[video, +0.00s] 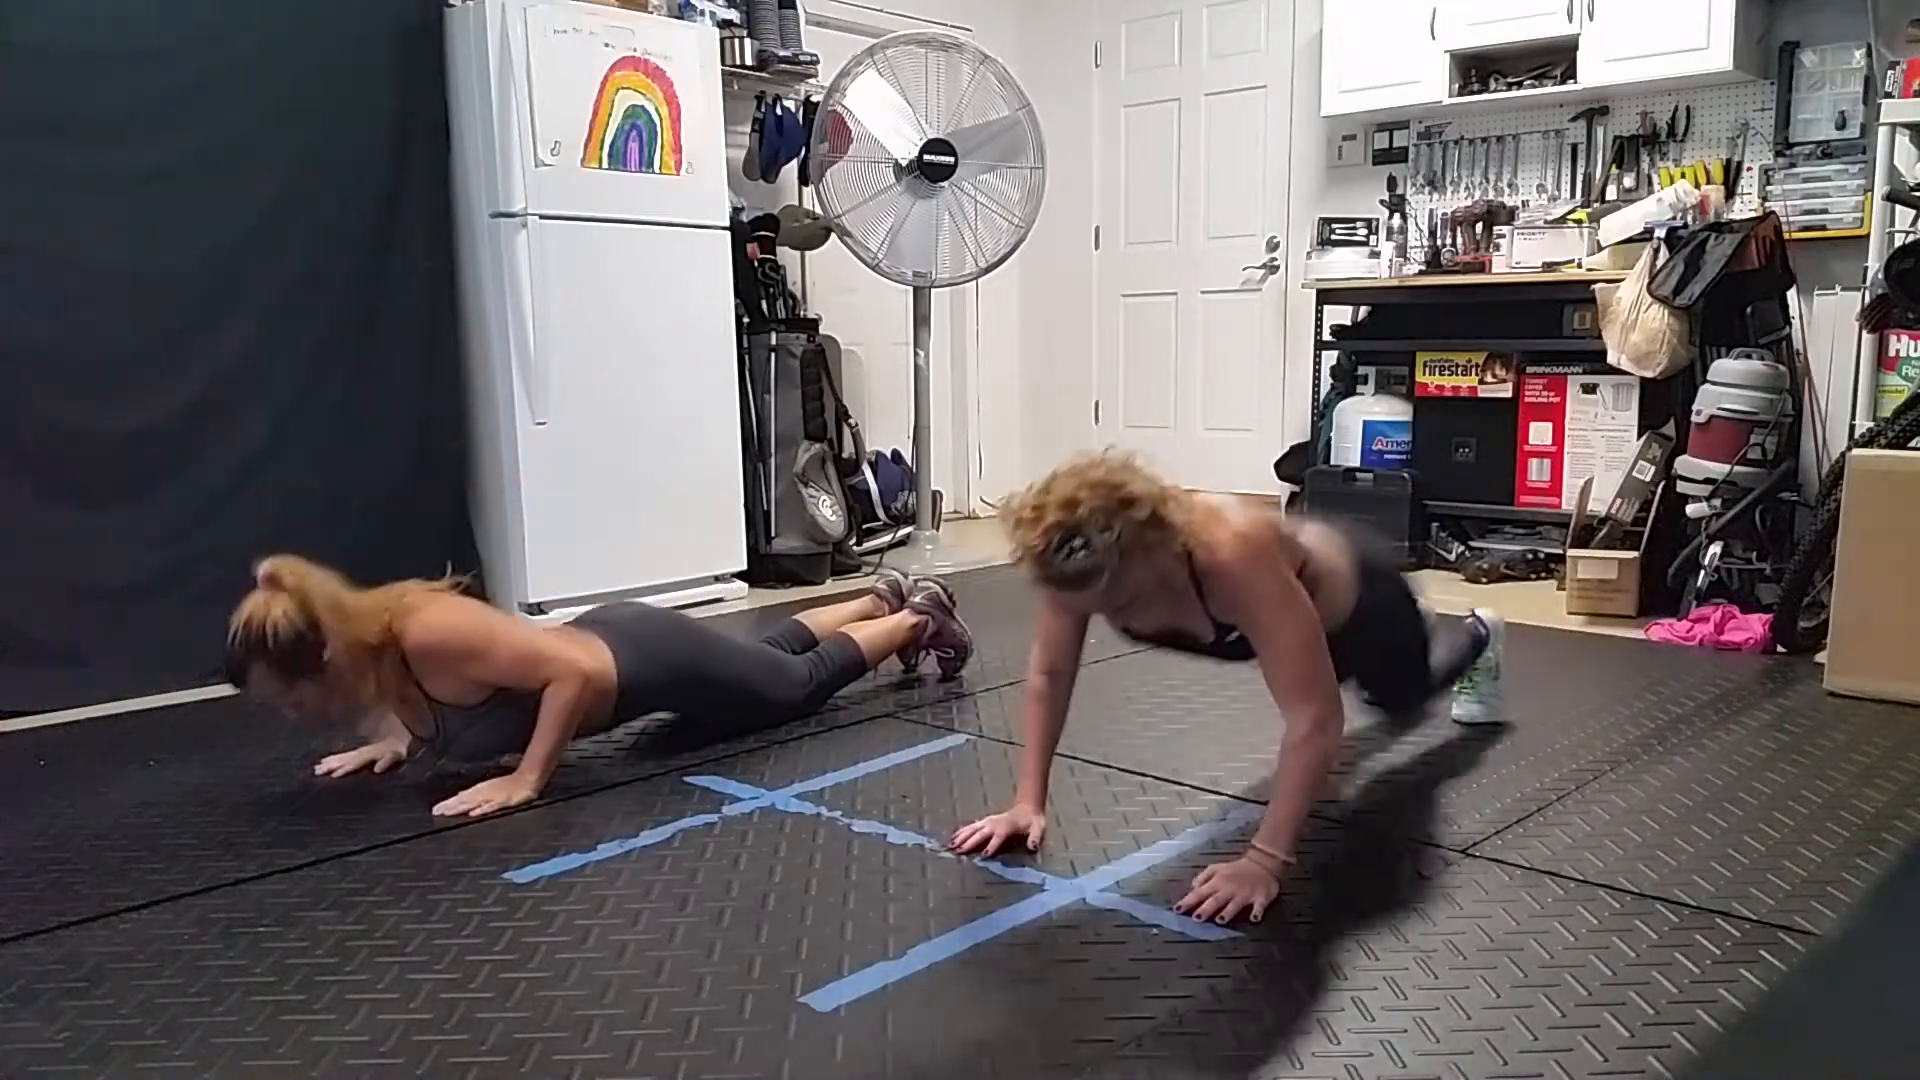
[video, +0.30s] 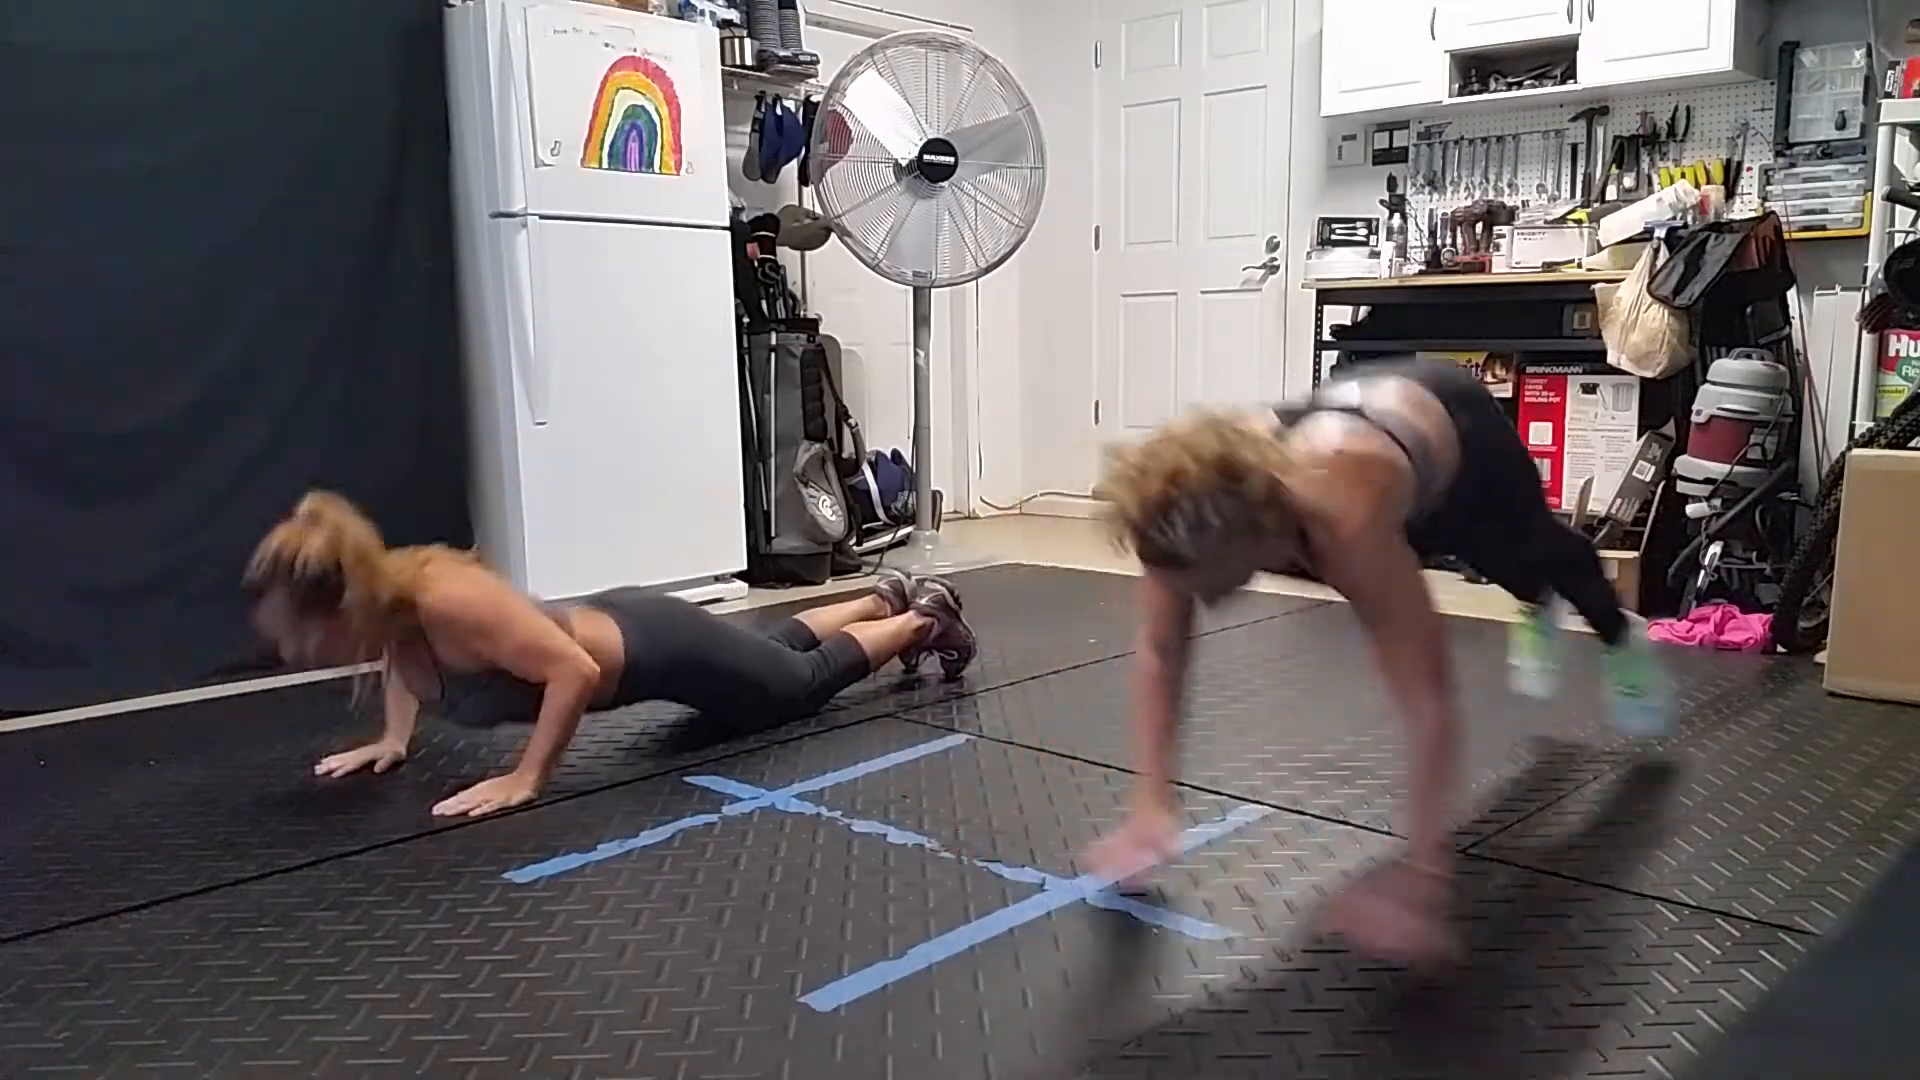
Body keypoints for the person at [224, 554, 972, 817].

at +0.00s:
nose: (296, 716)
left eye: (291, 699)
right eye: (282, 706)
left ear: (322, 662)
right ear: (318, 658)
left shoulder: (430, 638)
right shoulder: (370, 644)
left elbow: (580, 667)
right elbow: (425, 681)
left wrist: (525, 779)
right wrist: (400, 734)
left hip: (651, 660)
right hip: (607, 638)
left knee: (806, 681)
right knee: (761, 644)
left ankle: (914, 620)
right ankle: (871, 599)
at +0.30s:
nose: (289, 657)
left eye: (289, 641)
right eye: (280, 644)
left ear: (330, 609)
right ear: (327, 600)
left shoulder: (446, 602)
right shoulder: (387, 603)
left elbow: (574, 671)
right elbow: (404, 666)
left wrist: (522, 779)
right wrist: (394, 738)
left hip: (658, 646)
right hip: (617, 627)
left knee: (807, 672)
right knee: (763, 645)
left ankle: (920, 622)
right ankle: (878, 601)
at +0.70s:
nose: (409, 414)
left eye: (428, 401)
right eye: (407, 397)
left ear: (490, 412)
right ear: (426, 408)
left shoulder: (545, 506)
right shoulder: (439, 479)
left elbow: (541, 655)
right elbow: (403, 595)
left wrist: (525, 776)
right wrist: (365, 708)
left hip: (704, 602)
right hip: (666, 584)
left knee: (814, 679)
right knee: (775, 648)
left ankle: (924, 622)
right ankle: (877, 600)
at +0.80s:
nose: (436, 395)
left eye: (455, 384)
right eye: (436, 379)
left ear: (521, 406)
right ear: (458, 393)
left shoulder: (555, 506)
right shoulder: (457, 463)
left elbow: (545, 649)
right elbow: (363, 548)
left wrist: (525, 774)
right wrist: (280, 642)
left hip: (718, 602)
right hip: (682, 560)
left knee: (823, 676)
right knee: (785, 619)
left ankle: (924, 626)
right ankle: (882, 597)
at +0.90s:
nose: (450, 394)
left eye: (471, 381)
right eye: (450, 377)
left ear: (533, 399)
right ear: (458, 390)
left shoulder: (566, 504)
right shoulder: (462, 445)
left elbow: (548, 648)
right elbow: (335, 469)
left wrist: (525, 777)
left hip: (724, 592)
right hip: (683, 553)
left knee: (822, 682)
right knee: (778, 610)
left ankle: (924, 626)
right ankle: (880, 602)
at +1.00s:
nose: (452, 392)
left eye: (473, 380)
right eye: (453, 376)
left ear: (536, 403)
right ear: (464, 393)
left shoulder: (567, 502)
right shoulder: (459, 437)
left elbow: (549, 651)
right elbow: (320, 398)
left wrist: (526, 775)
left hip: (729, 590)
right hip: (683, 565)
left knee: (825, 679)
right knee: (783, 642)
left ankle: (929, 624)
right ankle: (887, 602)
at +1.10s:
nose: (454, 395)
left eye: (475, 382)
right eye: (455, 378)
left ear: (537, 400)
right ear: (463, 389)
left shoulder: (574, 500)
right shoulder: (462, 436)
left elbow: (549, 649)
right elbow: (336, 386)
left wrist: (525, 779)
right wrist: (206, 317)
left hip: (731, 592)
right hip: (685, 572)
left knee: (824, 686)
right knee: (784, 639)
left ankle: (926, 626)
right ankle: (881, 600)